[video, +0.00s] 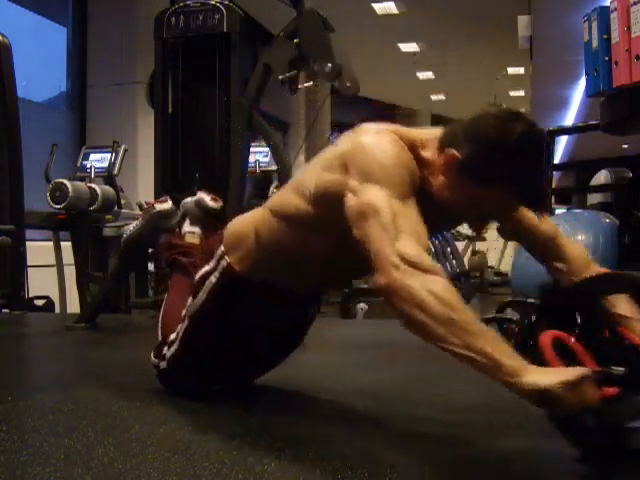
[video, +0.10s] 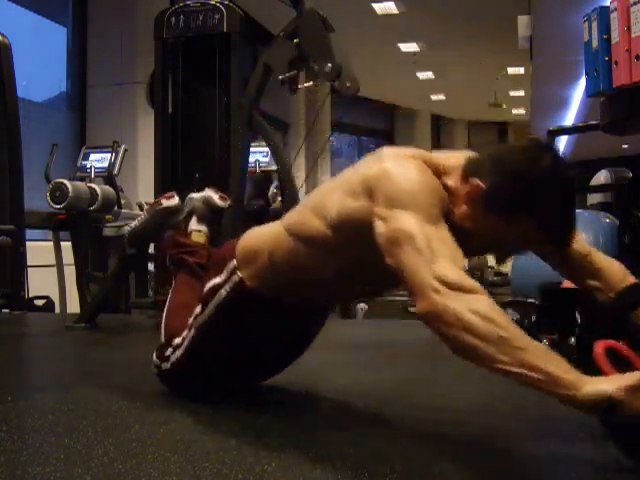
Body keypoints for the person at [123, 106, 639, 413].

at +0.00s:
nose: (475, 220)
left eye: (488, 214)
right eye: (476, 208)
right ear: (452, 167)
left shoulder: (467, 166)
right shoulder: (376, 156)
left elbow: (547, 240)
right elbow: (404, 279)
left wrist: (608, 297)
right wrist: (522, 374)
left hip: (300, 296)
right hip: (244, 283)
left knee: (231, 375)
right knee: (180, 375)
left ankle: (206, 243)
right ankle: (182, 257)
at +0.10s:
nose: (495, 254)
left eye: (509, 248)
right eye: (499, 241)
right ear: (473, 199)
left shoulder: (490, 183)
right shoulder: (401, 181)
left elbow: (583, 261)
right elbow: (446, 303)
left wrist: (638, 300)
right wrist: (581, 387)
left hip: (309, 302)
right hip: (256, 292)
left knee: (239, 377)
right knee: (180, 372)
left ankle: (215, 263)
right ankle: (182, 259)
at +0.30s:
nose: (547, 302)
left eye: (562, 295)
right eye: (551, 291)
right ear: (520, 247)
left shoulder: (522, 214)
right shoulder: (447, 229)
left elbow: (617, 284)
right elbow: (515, 336)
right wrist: (636, 386)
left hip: (319, 318)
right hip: (275, 310)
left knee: (244, 375)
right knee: (184, 367)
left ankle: (219, 259)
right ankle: (198, 253)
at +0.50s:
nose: (547, 332)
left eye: (563, 330)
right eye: (550, 322)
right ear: (527, 281)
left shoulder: (531, 241)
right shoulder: (459, 257)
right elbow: (524, 362)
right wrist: (639, 397)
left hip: (323, 330)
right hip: (276, 327)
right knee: (185, 364)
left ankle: (233, 237)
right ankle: (215, 239)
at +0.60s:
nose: (542, 324)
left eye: (556, 323)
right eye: (546, 315)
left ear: (526, 268)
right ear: (525, 276)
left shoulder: (529, 241)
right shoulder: (458, 255)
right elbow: (520, 358)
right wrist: (638, 396)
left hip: (318, 330)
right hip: (272, 327)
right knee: (185, 364)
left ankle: (238, 233)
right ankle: (212, 240)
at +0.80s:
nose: (545, 285)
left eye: (560, 274)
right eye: (543, 269)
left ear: (511, 224)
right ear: (507, 228)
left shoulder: (510, 206)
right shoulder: (433, 213)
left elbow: (619, 275)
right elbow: (487, 321)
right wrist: (632, 385)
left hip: (313, 319)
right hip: (267, 308)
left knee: (238, 376)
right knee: (182, 367)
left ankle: (235, 237)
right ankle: (209, 241)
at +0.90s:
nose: (510, 248)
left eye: (523, 241)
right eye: (514, 234)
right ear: (488, 191)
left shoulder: (502, 187)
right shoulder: (412, 179)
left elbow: (608, 261)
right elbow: (458, 295)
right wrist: (600, 373)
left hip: (311, 311)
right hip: (258, 300)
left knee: (237, 375)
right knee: (184, 372)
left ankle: (237, 256)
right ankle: (200, 262)